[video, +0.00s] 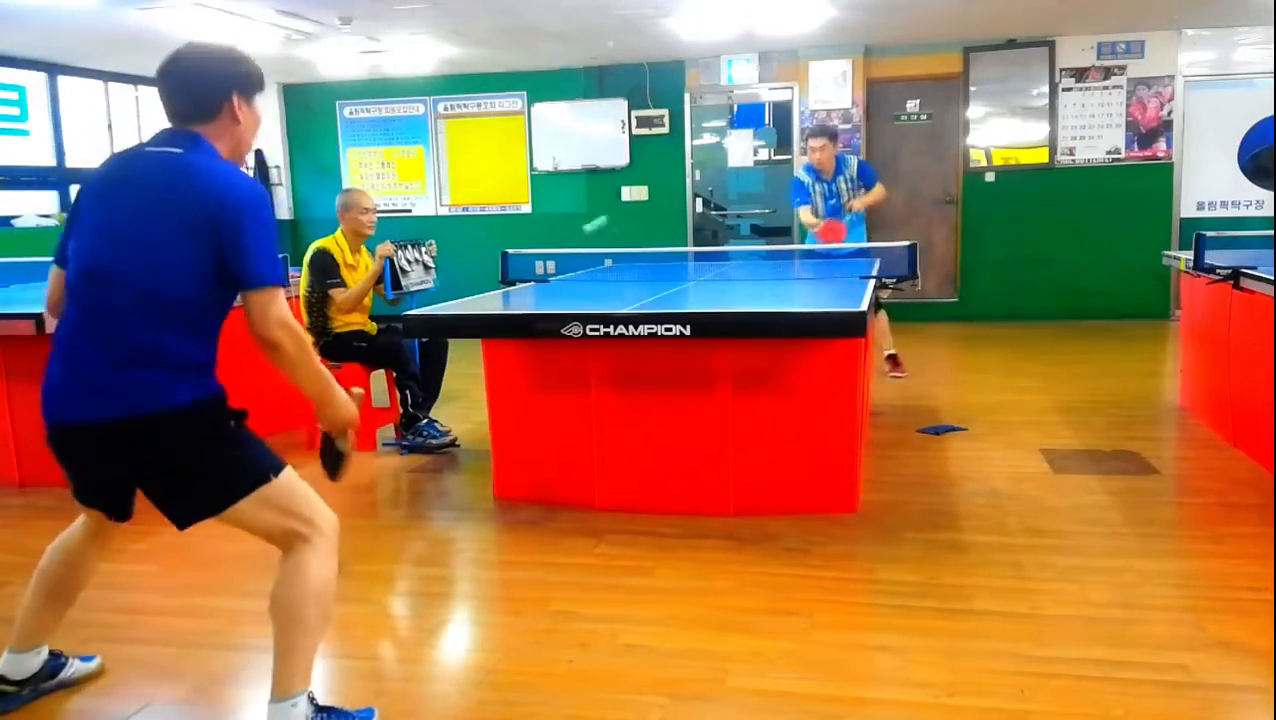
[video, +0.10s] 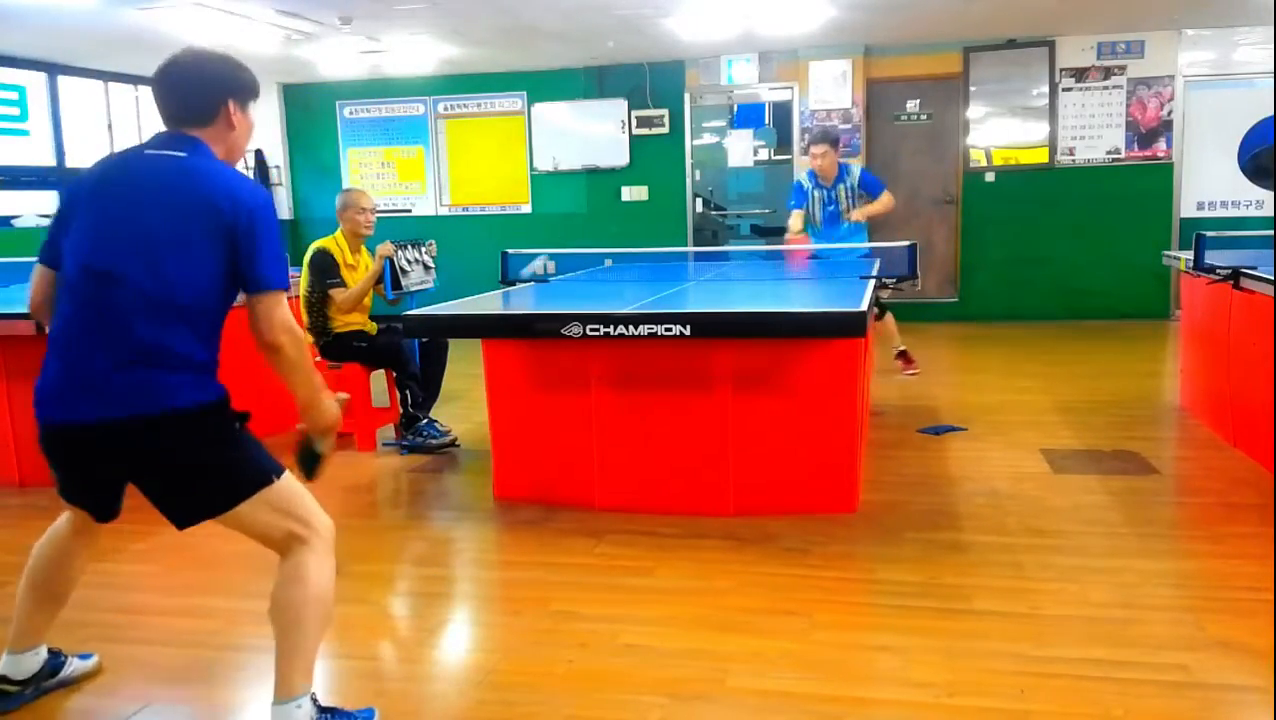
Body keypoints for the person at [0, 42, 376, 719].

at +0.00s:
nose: (258, 123)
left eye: (257, 109)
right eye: (256, 108)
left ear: (172, 109)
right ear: (234, 107)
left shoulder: (104, 179)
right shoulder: (233, 190)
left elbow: (57, 302)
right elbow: (271, 324)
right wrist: (332, 402)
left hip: (73, 407)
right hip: (168, 410)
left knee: (100, 515)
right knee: (311, 530)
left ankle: (20, 661)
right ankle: (292, 704)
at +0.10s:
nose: (252, 131)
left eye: (251, 118)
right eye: (250, 117)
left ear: (166, 112)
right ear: (228, 112)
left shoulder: (92, 181)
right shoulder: (239, 195)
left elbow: (42, 303)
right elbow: (273, 329)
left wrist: (107, 350)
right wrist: (319, 407)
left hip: (68, 407)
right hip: (170, 411)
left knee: (82, 512)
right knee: (308, 535)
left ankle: (19, 661)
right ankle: (295, 704)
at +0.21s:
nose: (213, 128)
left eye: (212, 116)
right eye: (212, 116)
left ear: (132, 113)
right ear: (196, 117)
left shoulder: (68, 166)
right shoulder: (227, 200)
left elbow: (3, 254)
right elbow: (231, 294)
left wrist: (15, 318)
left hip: (75, 400)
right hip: (188, 402)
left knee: (17, 519)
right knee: (295, 545)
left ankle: (4, 665)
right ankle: (296, 706)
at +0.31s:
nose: (189, 97)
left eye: (190, 86)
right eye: (189, 86)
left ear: (105, 80)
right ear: (171, 80)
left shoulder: (48, 129)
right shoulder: (198, 159)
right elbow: (205, 282)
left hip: (56, 369)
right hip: (163, 368)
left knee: (5, 520)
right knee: (234, 535)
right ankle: (286, 700)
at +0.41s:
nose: (178, 36)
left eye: (173, 23)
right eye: (176, 24)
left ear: (94, 28)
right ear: (163, 31)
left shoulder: (34, 78)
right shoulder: (192, 112)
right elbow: (250, 205)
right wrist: (271, 196)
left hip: (17, 325)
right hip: (117, 330)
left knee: (4, 502)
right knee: (185, 497)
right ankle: (232, 660)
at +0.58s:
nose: (174, 43)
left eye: (170, 29)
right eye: (170, 29)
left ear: (95, 35)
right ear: (153, 39)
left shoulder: (36, 75)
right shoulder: (182, 128)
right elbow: (261, 227)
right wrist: (334, 223)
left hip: (1, 311)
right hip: (70, 323)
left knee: (20, 460)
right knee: (111, 499)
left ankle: (3, 594)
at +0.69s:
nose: (159, 104)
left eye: (157, 89)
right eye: (156, 90)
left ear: (78, 96)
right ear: (132, 93)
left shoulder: (17, 149)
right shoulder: (151, 180)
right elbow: (197, 290)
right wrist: (261, 365)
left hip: (5, 364)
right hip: (74, 374)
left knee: (53, 481)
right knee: (133, 528)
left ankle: (8, 602)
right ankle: (27, 674)